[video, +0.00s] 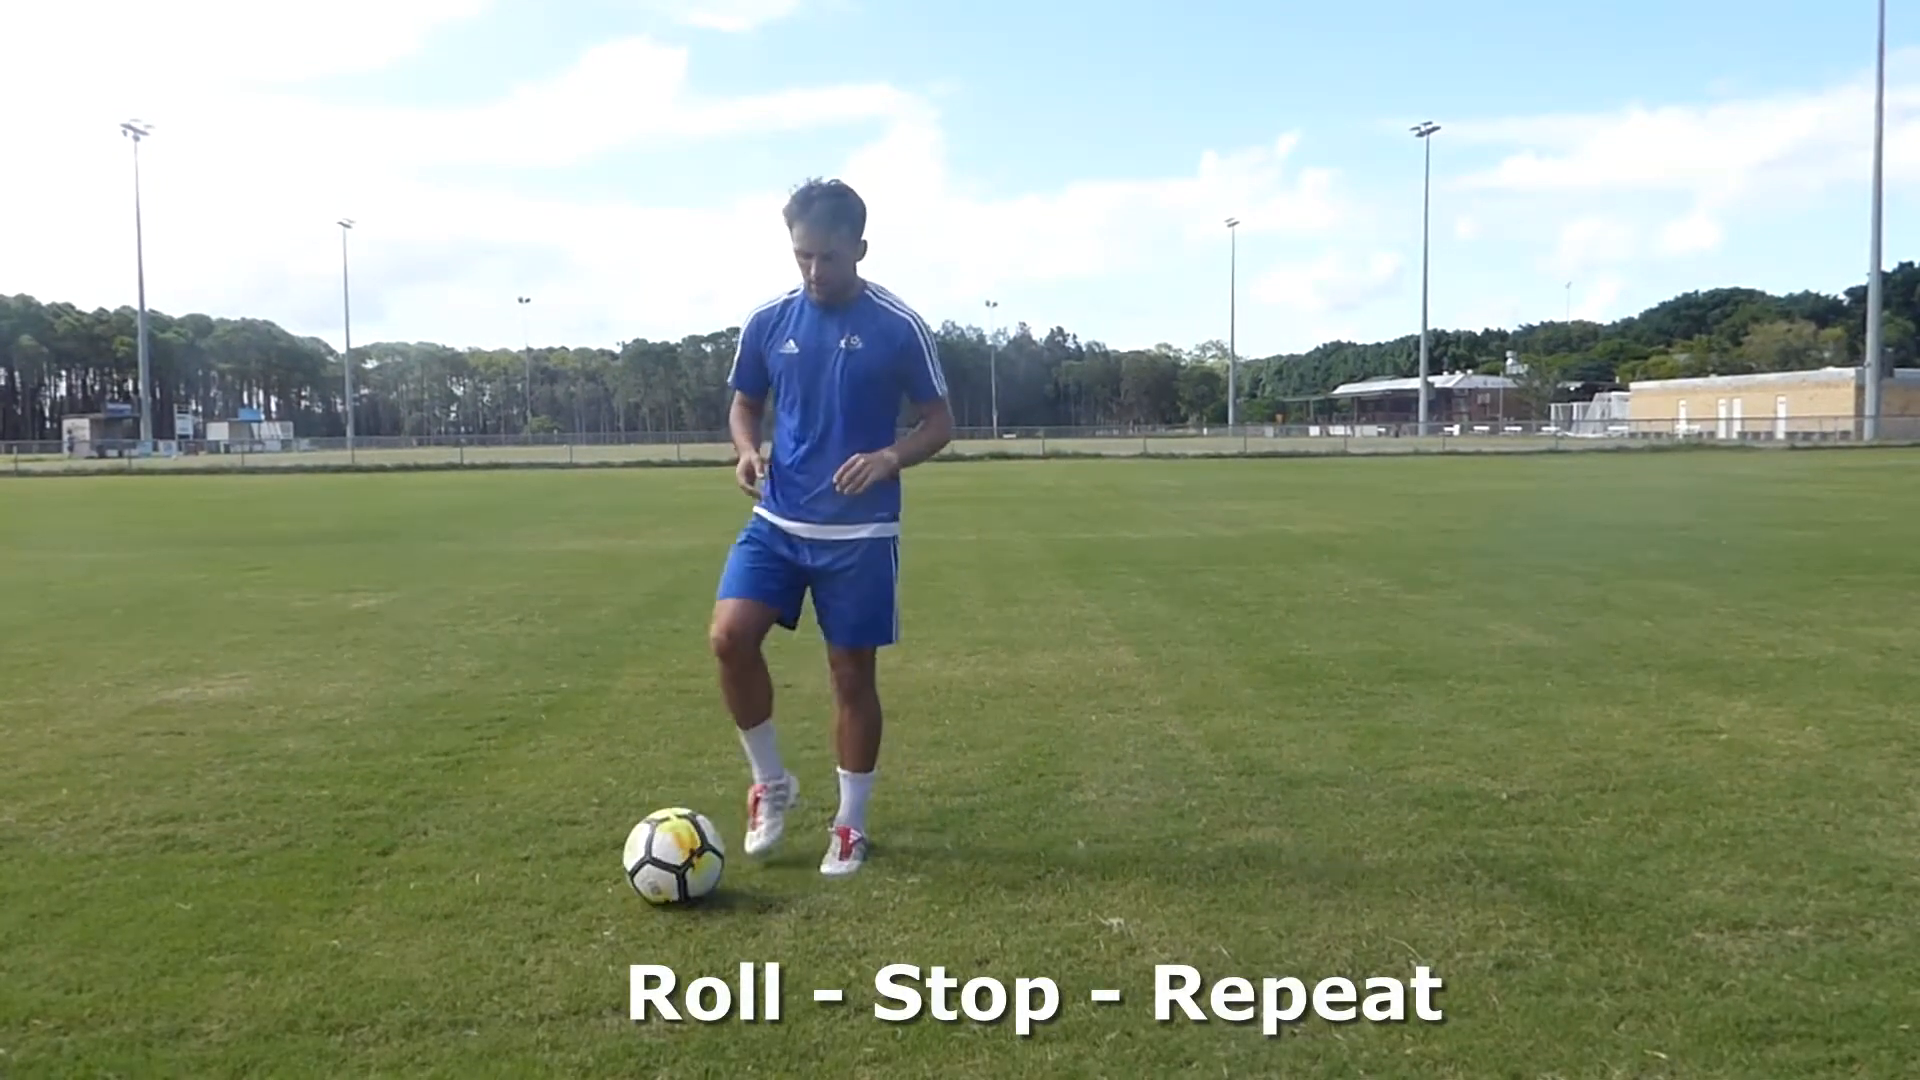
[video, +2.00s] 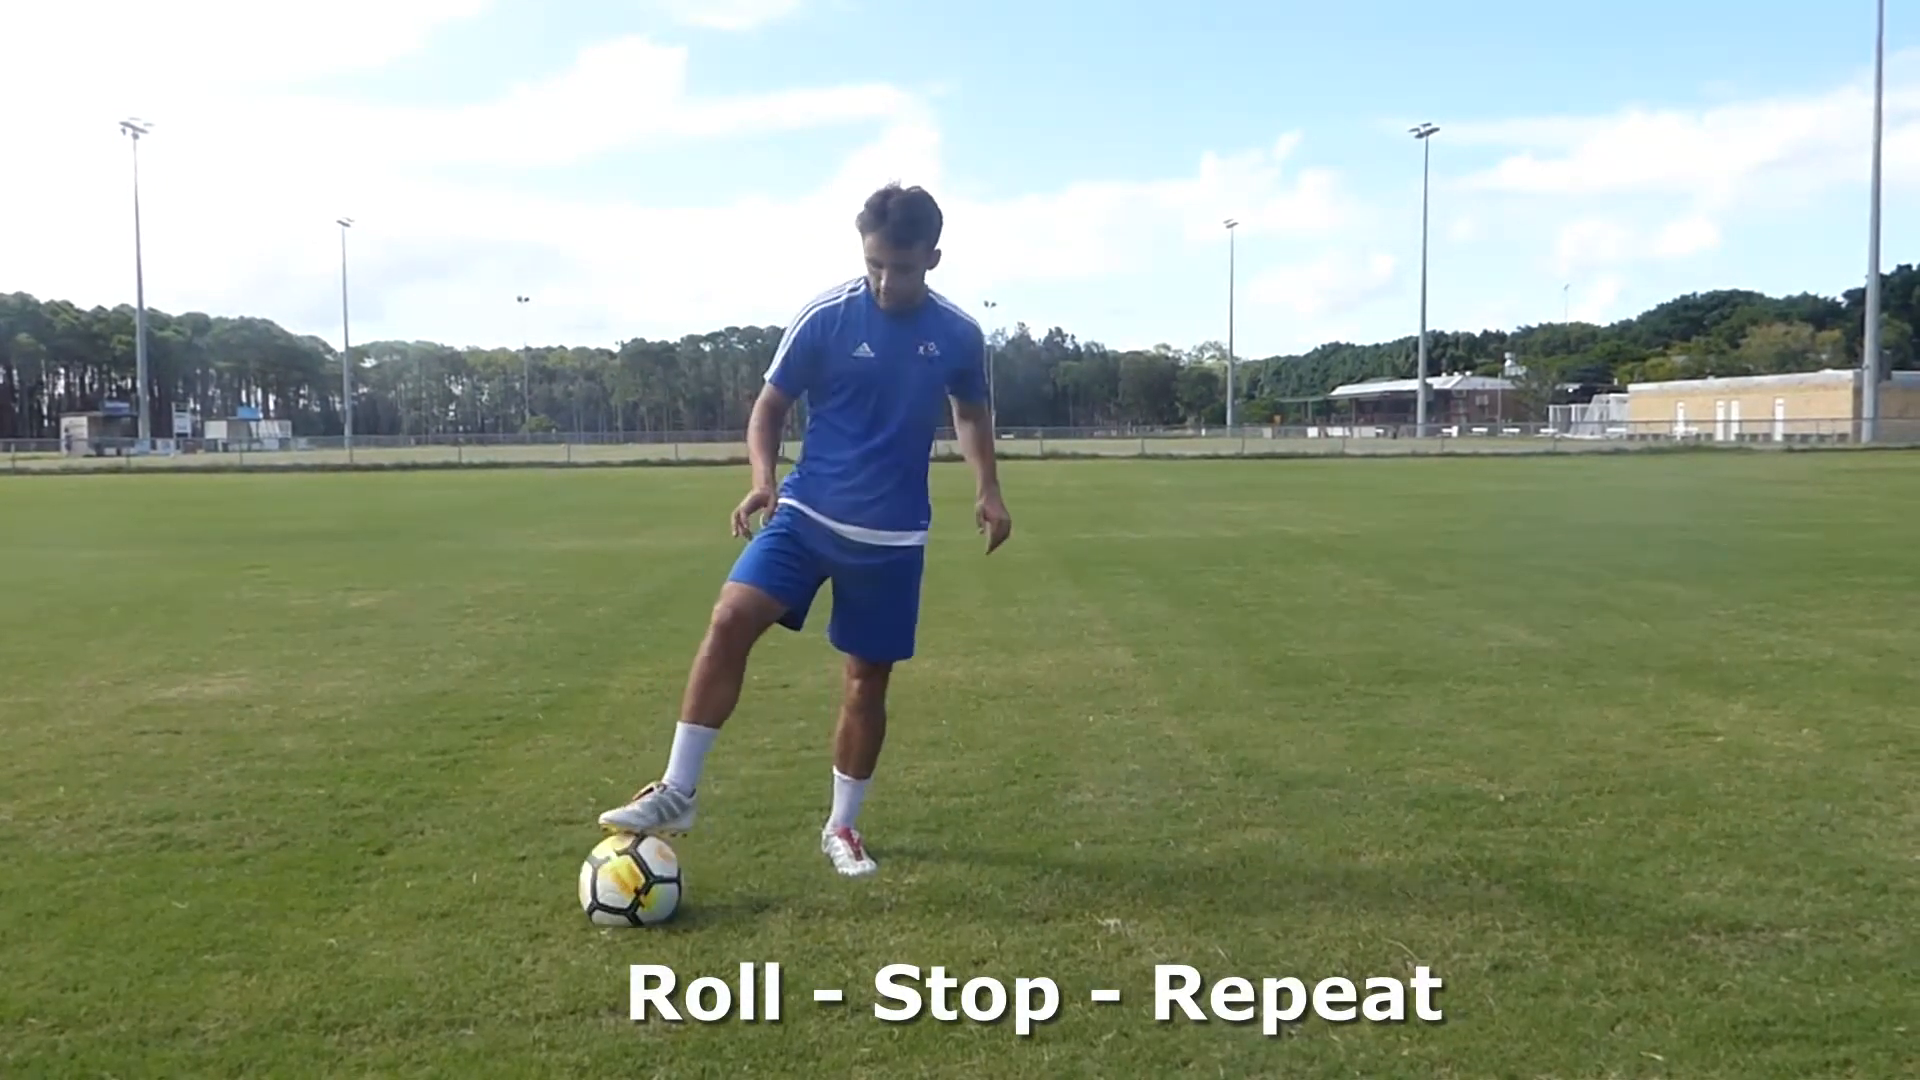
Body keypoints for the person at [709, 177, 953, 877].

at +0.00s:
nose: (816, 272)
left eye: (829, 257)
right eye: (804, 256)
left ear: (859, 247)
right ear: (790, 248)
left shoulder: (899, 326)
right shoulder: (768, 323)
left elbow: (939, 422)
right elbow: (744, 405)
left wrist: (889, 457)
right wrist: (749, 447)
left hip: (857, 534)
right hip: (776, 524)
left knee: (851, 678)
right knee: (729, 637)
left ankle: (849, 825)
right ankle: (770, 783)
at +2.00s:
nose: (886, 282)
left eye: (901, 268)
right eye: (875, 265)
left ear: (931, 257)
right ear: (862, 249)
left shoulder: (958, 335)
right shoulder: (826, 316)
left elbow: (973, 412)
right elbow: (767, 408)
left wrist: (989, 489)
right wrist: (764, 477)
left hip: (891, 539)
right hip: (805, 515)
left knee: (867, 688)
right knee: (730, 620)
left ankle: (841, 830)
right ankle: (677, 792)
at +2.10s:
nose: (888, 284)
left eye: (903, 270)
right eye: (877, 268)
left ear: (934, 258)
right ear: (863, 252)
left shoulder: (964, 333)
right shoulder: (830, 321)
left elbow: (980, 409)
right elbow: (774, 412)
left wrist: (997, 479)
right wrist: (776, 483)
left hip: (907, 537)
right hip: (823, 517)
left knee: (873, 689)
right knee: (771, 630)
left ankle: (843, 829)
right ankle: (729, 803)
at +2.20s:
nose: (890, 285)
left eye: (905, 270)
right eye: (878, 269)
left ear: (936, 256)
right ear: (864, 254)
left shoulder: (975, 332)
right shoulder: (833, 326)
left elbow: (1001, 406)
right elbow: (787, 413)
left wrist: (1015, 480)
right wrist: (794, 489)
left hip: (923, 537)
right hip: (842, 518)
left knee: (883, 685)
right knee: (834, 639)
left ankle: (847, 829)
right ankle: (820, 815)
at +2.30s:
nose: (891, 288)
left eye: (905, 273)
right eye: (879, 272)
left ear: (936, 256)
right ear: (865, 258)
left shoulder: (983, 332)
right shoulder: (837, 334)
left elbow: (1029, 409)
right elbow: (800, 421)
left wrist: (1040, 487)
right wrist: (812, 494)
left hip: (944, 547)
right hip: (863, 538)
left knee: (897, 695)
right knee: (893, 673)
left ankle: (846, 826)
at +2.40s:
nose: (896, 288)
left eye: (910, 273)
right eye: (885, 273)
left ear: (944, 257)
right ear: (873, 262)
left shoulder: (994, 330)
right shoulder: (848, 344)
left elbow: (1048, 404)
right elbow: (817, 428)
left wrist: (1060, 476)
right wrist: (834, 511)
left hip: (972, 547)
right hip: (892, 548)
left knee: (937, 699)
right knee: (945, 692)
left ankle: (859, 824)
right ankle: (989, 840)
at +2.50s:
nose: (915, 290)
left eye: (929, 274)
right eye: (901, 275)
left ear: (958, 258)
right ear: (886, 263)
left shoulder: (1009, 327)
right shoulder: (862, 349)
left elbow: (1059, 404)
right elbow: (833, 439)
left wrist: (1074, 462)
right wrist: (857, 524)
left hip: (1000, 545)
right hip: (918, 552)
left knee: (1014, 696)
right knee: (968, 695)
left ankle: (913, 793)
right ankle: (999, 844)